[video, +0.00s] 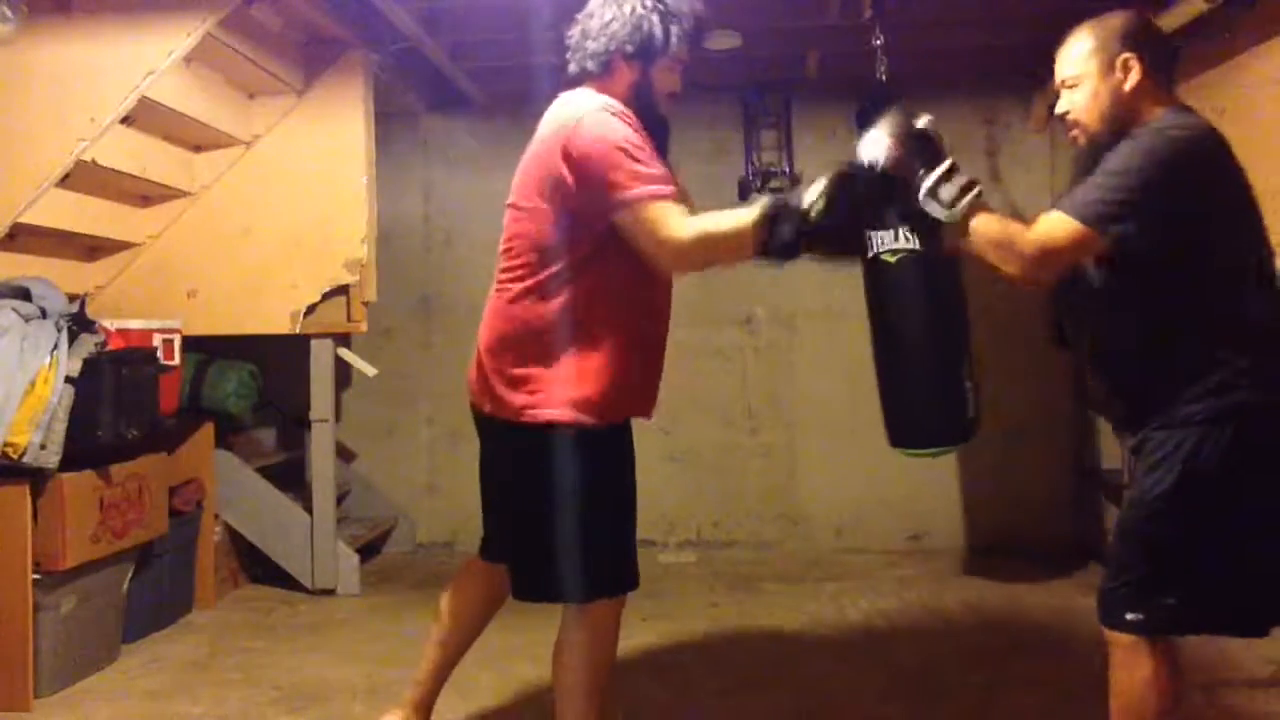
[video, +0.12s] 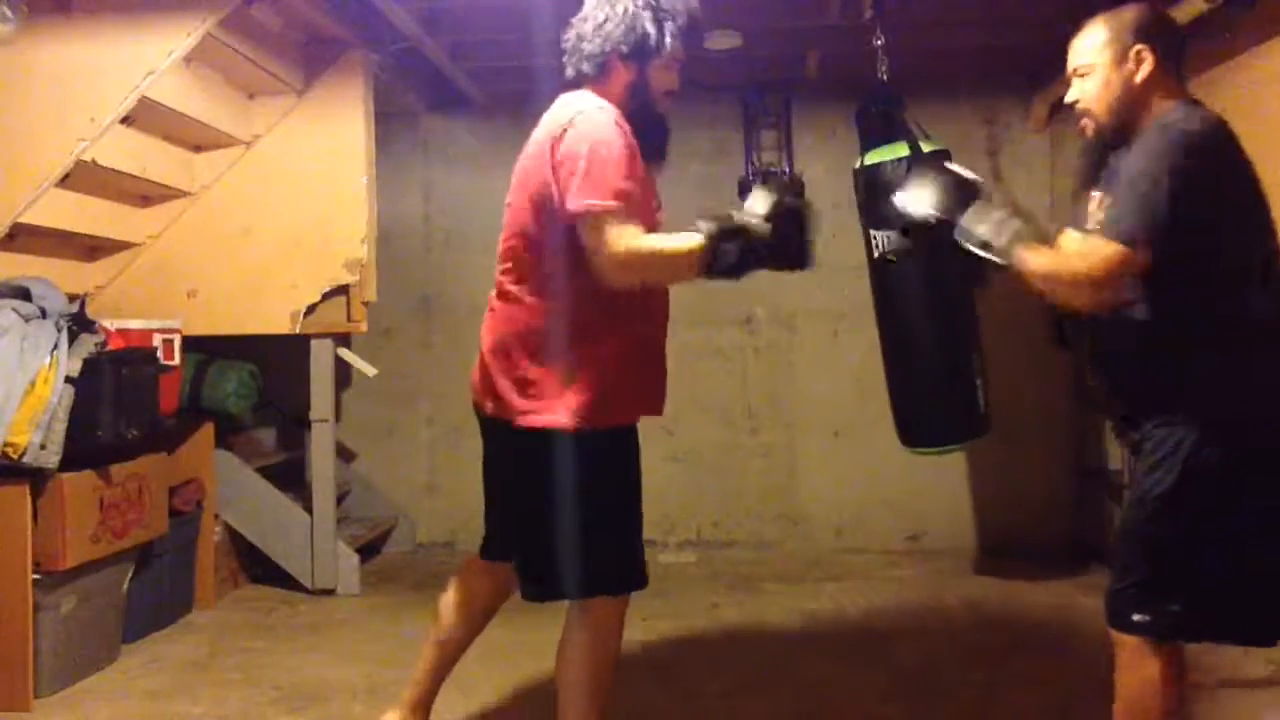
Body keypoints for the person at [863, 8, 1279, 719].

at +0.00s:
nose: (1061, 108)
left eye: (1070, 86)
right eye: (1059, 91)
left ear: (1126, 72)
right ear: (1127, 77)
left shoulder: (1165, 147)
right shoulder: (1151, 146)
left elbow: (1033, 257)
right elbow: (1042, 255)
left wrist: (932, 177)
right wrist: (931, 202)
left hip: (1213, 419)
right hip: (1197, 413)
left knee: (1131, 614)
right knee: (1145, 614)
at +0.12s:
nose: (1073, 94)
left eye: (1083, 73)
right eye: (1072, 77)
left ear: (1138, 64)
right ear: (1137, 69)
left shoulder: (1175, 143)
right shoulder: (1147, 144)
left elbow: (1097, 278)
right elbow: (1084, 254)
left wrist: (986, 224)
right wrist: (986, 214)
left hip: (1202, 423)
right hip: (1175, 417)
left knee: (1138, 617)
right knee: (1154, 618)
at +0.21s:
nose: (1085, 94)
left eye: (1098, 72)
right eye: (1085, 76)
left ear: (1155, 63)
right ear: (1157, 69)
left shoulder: (1190, 144)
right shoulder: (1192, 137)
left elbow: (1149, 295)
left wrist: (1033, 272)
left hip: (1196, 427)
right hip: (1198, 420)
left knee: (1147, 624)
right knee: (1159, 622)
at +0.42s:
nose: (1154, 89)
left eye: (1168, 69)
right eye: (1154, 73)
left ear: (1230, 61)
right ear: (1228, 64)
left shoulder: (1255, 144)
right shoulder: (1235, 148)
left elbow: (1180, 285)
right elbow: (1155, 284)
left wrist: (1116, 182)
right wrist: (1091, 232)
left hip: (1246, 435)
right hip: (1236, 430)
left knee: (1178, 625)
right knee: (1189, 623)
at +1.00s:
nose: (1133, 75)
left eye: (1146, 54)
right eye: (1134, 57)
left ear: (1210, 44)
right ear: (1208, 48)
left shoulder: (1230, 129)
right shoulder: (1244, 123)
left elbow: (1080, 240)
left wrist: (993, 192)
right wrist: (1022, 212)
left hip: (1229, 429)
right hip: (1238, 423)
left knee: (1160, 647)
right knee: (1172, 644)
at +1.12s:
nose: (1093, 84)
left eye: (1103, 60)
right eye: (1092, 64)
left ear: (1162, 45)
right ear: (1167, 46)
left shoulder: (1197, 122)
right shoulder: (1242, 115)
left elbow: (1033, 219)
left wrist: (927, 148)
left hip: (1234, 421)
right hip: (1257, 412)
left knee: (1167, 653)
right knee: (1183, 646)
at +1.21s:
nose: (1091, 83)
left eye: (1100, 58)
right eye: (1091, 62)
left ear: (1157, 43)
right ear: (1163, 44)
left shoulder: (1189, 120)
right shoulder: (1246, 112)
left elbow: (1023, 210)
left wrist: (917, 151)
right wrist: (1123, 304)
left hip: (1230, 427)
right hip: (1259, 418)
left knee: (1170, 660)